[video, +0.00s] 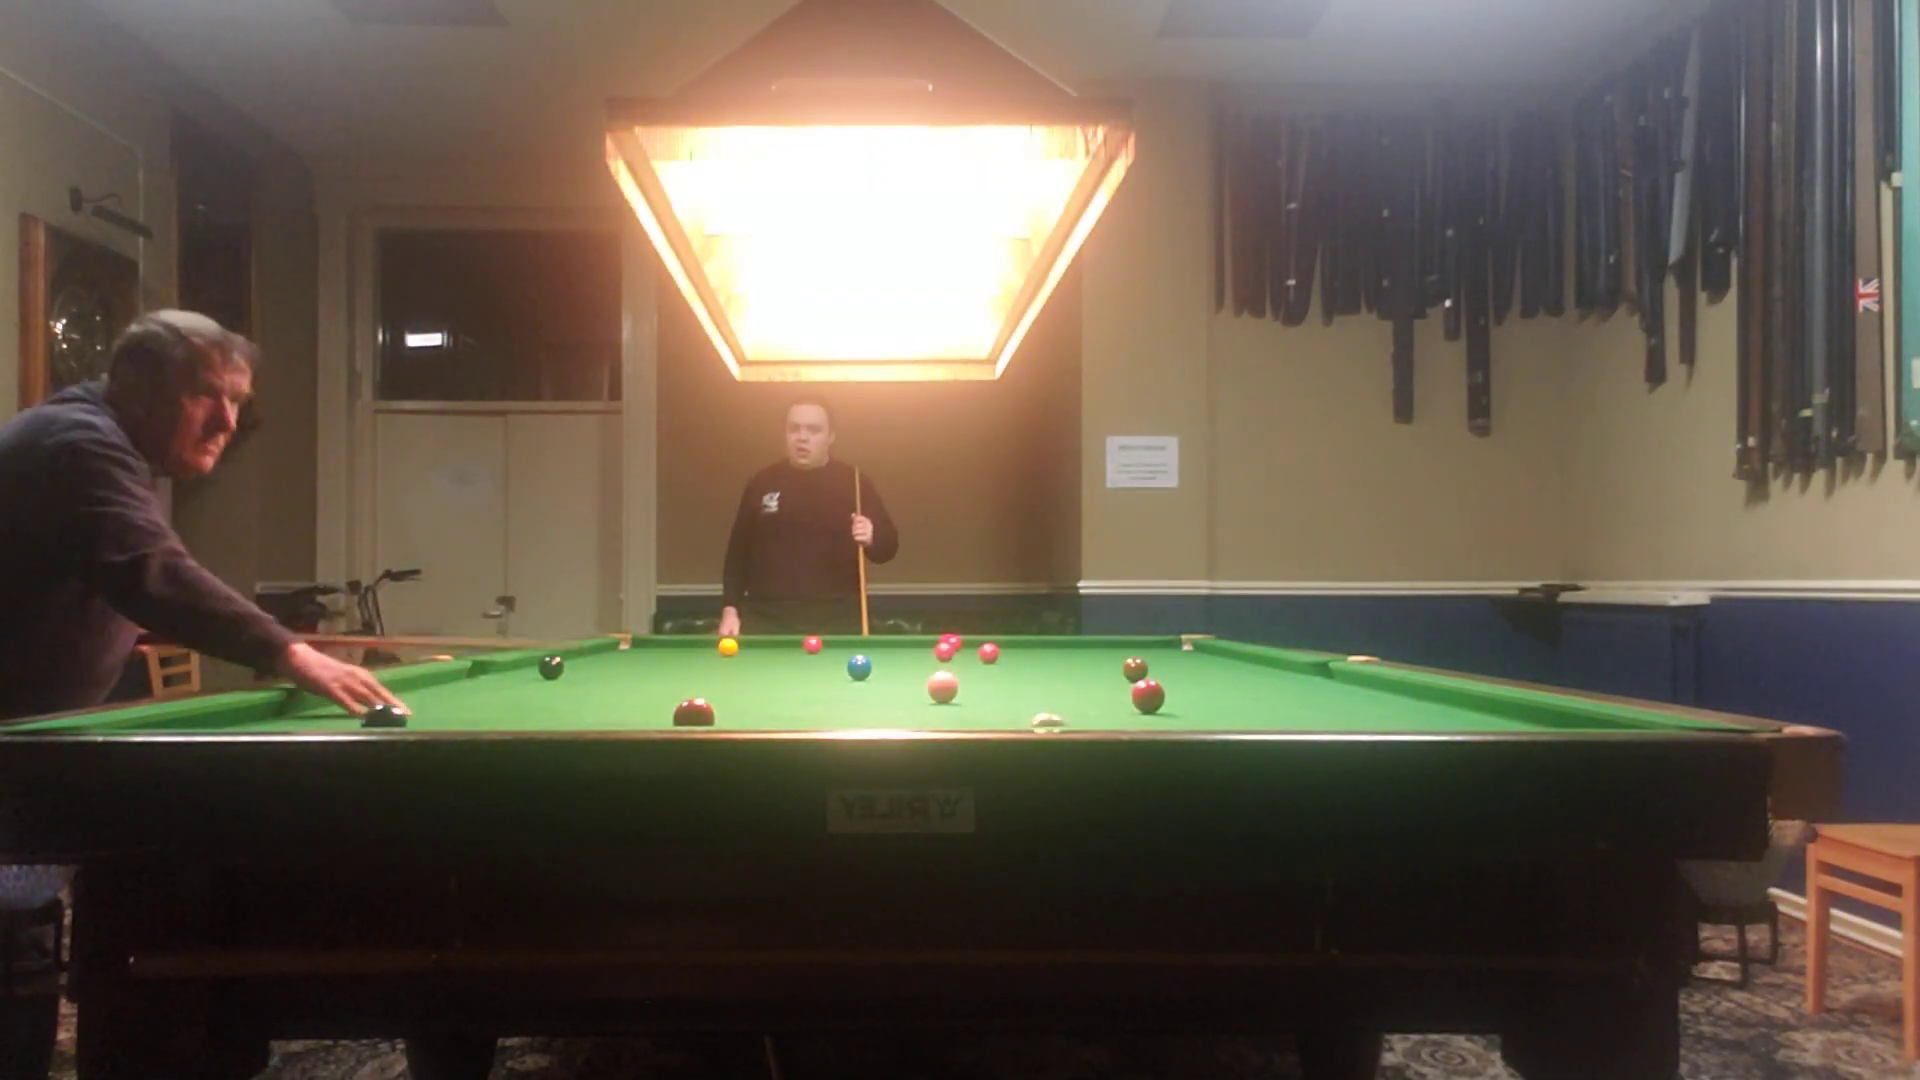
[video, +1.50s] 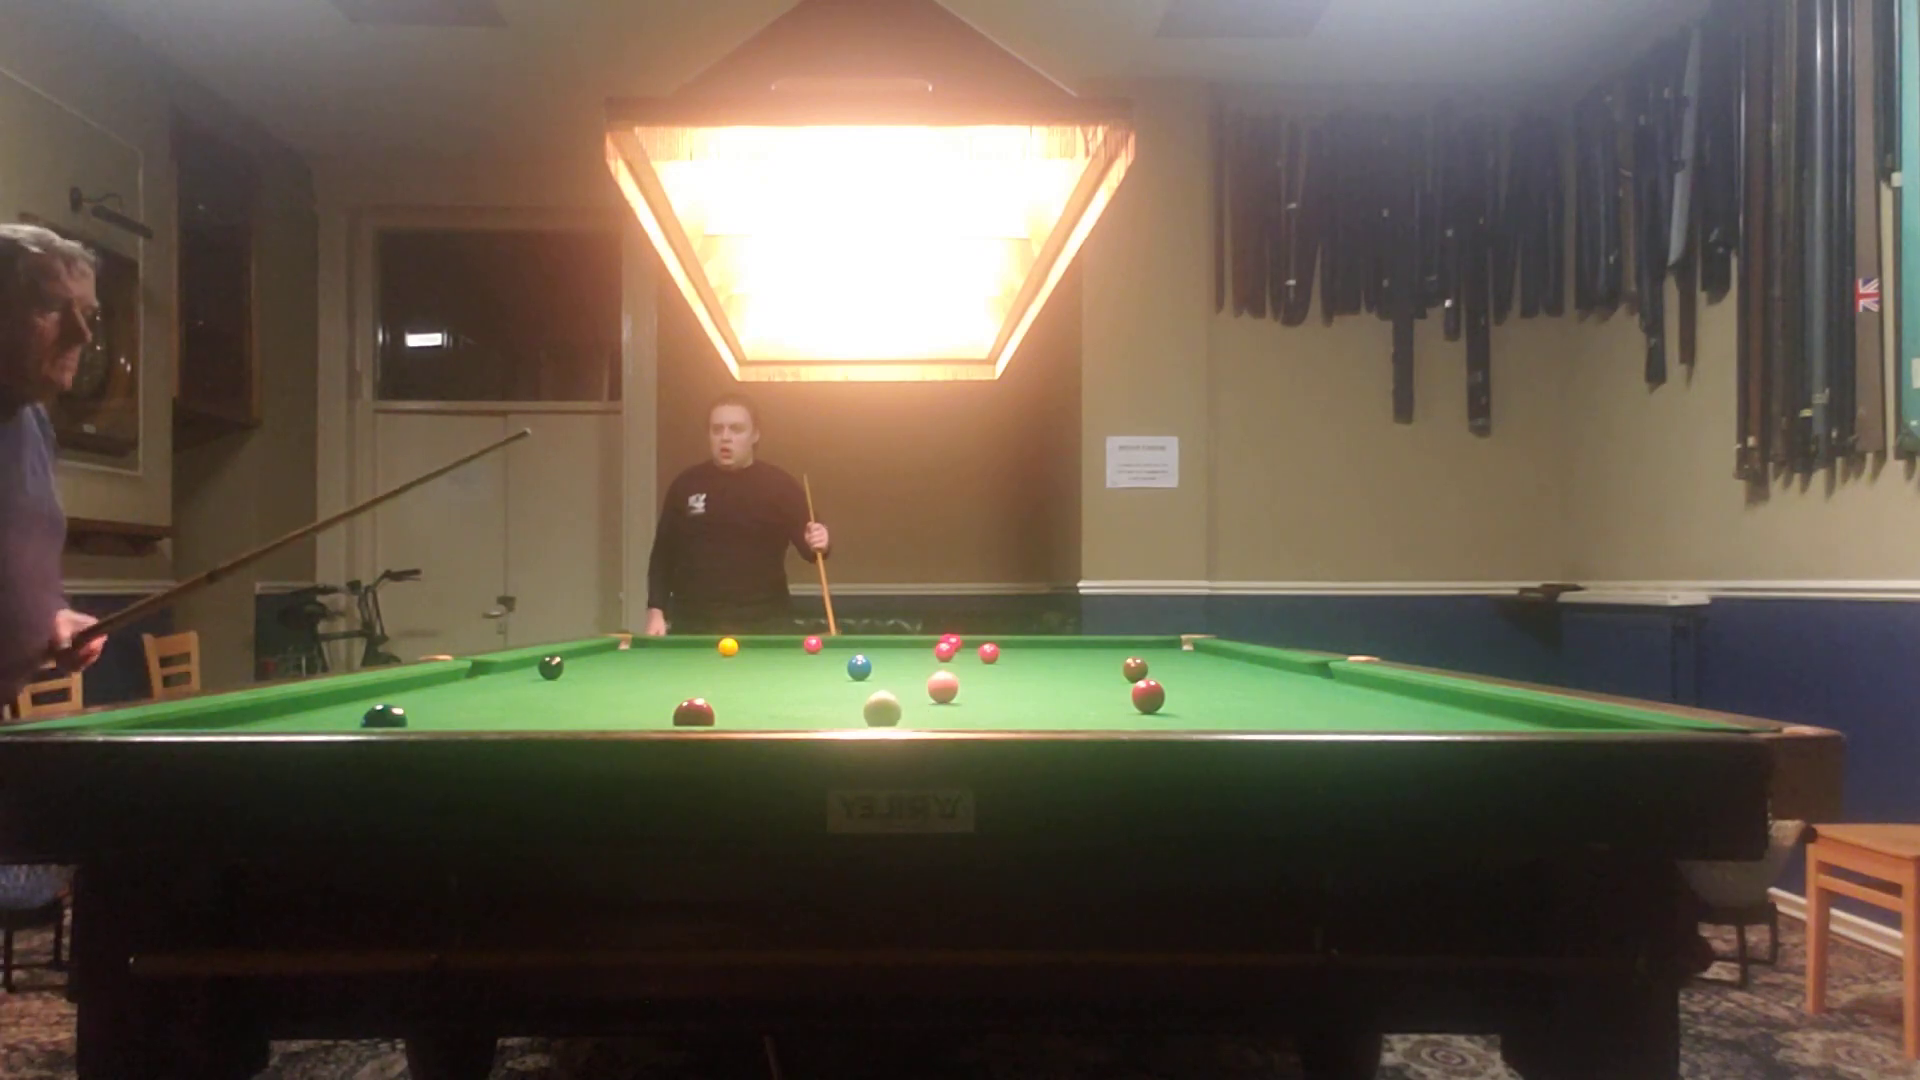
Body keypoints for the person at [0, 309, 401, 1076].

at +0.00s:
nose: (226, 420)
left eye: (236, 403)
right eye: (207, 396)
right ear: (144, 386)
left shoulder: (109, 440)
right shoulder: (86, 445)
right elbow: (154, 575)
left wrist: (120, 632)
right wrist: (296, 654)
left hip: (41, 745)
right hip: (16, 751)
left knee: (30, 945)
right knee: (24, 953)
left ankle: (27, 1061)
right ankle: (25, 1064)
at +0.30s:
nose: (187, 384)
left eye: (194, 366)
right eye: (172, 361)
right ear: (108, 352)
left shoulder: (99, 429)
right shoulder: (40, 415)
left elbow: (105, 578)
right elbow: (63, 576)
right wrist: (194, 652)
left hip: (76, 733)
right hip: (22, 735)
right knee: (28, 937)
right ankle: (29, 1065)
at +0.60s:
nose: (157, 362)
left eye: (162, 347)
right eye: (139, 342)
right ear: (71, 339)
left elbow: (99, 569)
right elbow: (35, 561)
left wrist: (147, 656)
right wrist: (164, 649)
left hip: (79, 720)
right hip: (16, 723)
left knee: (62, 917)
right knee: (25, 922)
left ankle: (61, 1055)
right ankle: (31, 1060)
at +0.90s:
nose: (137, 341)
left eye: (136, 322)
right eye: (112, 319)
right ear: (38, 324)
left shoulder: (63, 422)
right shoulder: (10, 413)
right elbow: (21, 567)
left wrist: (109, 611)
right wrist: (154, 656)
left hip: (54, 710)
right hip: (12, 719)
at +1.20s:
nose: (103, 322)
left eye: (103, 300)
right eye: (76, 297)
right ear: (14, 303)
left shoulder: (30, 405)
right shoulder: (10, 407)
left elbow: (28, 544)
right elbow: (5, 571)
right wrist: (117, 665)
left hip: (49, 700)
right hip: (14, 707)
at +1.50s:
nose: (80, 333)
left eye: (87, 313)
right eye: (51, 309)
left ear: (93, 316)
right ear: (2, 315)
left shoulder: (32, 423)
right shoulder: (18, 426)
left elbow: (26, 574)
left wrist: (58, 618)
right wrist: (46, 627)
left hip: (15, 700)